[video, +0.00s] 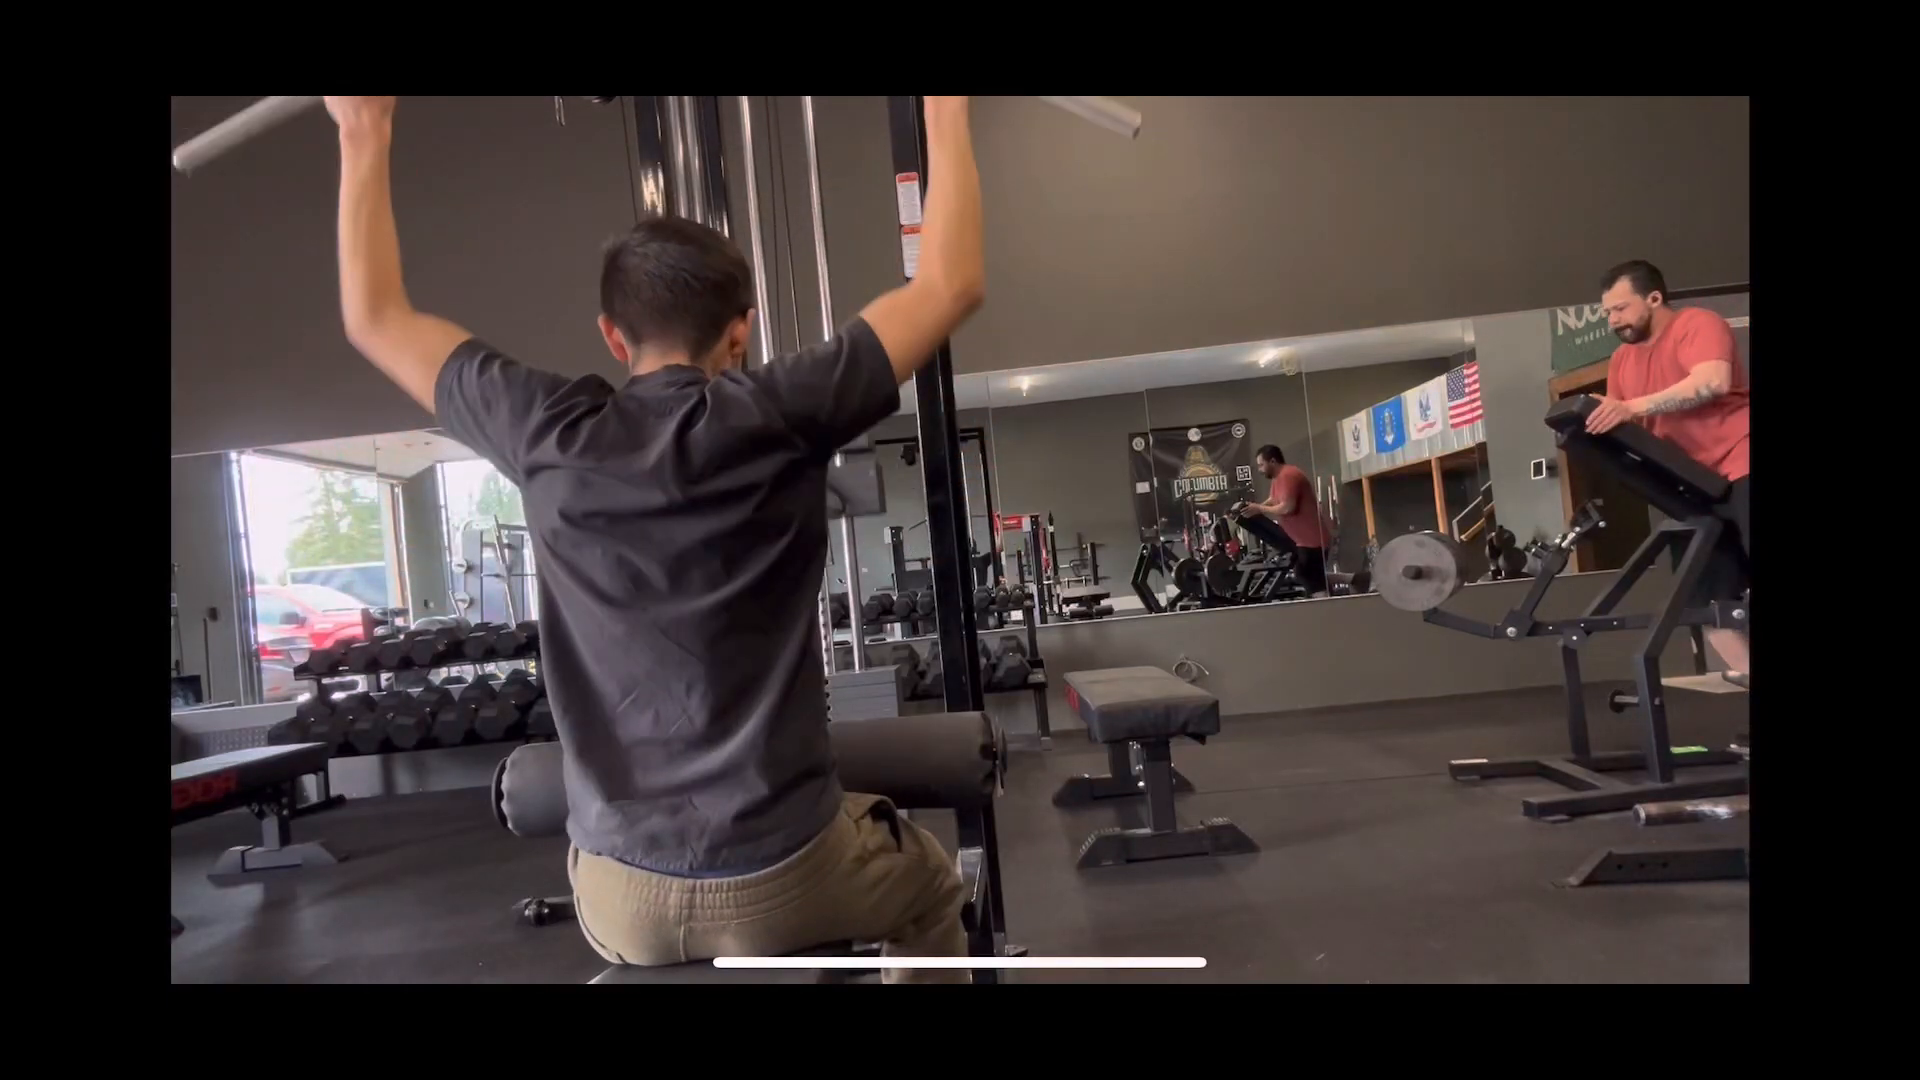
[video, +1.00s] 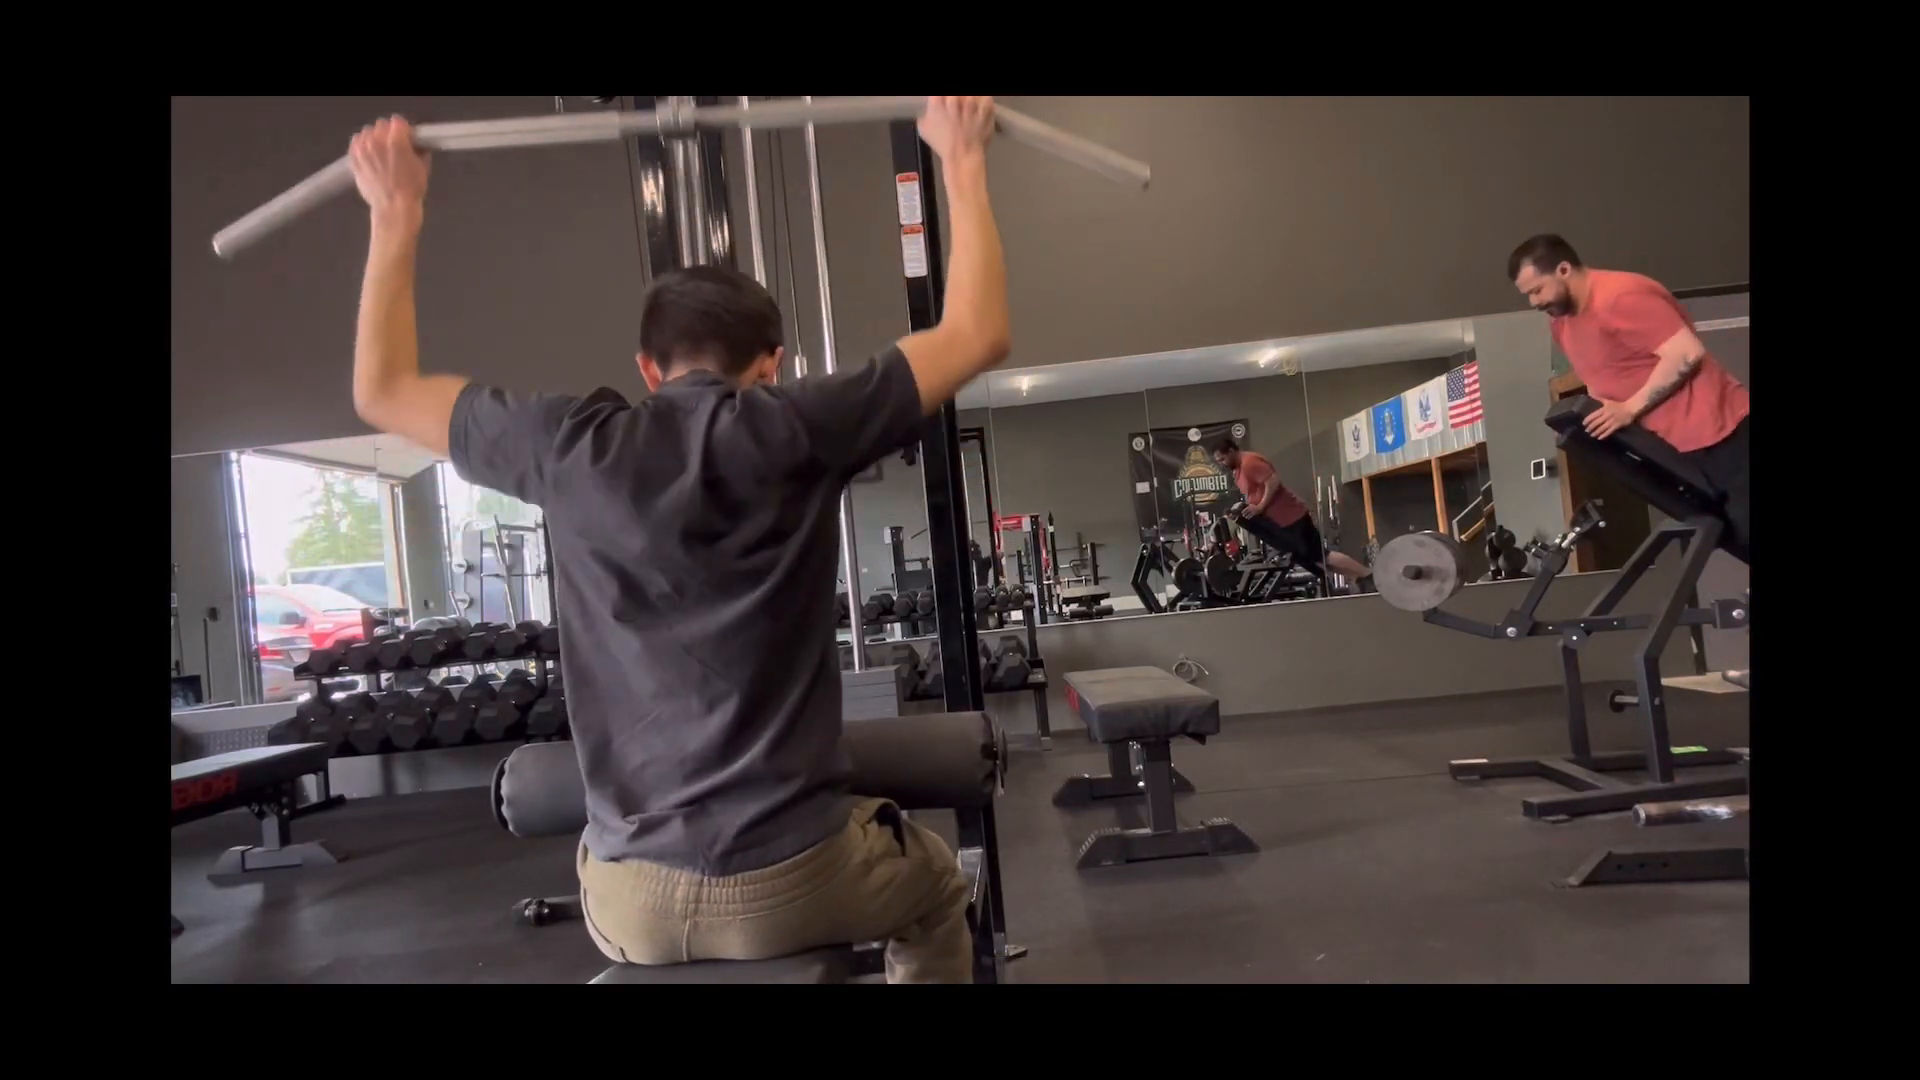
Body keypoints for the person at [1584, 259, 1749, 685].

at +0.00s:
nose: (1613, 321)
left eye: (1620, 308)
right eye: (1608, 312)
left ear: (1654, 300)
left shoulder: (1698, 323)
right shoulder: (1623, 358)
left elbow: (1713, 382)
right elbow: (1619, 421)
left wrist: (1633, 407)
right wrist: (1585, 423)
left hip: (1737, 469)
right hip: (1682, 485)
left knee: (1740, 579)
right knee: (1702, 590)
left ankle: (1741, 674)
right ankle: (1743, 675)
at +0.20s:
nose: (1609, 292)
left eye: (1615, 278)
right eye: (1603, 283)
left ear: (1648, 266)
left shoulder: (1696, 286)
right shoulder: (1627, 319)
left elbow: (1704, 360)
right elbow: (1621, 377)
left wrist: (1630, 406)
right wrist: (1597, 416)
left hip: (1745, 445)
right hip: (1701, 458)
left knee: (1745, 567)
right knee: (1735, 565)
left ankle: (1748, 663)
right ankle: (1747, 662)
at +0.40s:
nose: (1598, 266)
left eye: (1602, 253)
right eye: (1592, 257)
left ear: (1634, 238)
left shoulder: (1688, 262)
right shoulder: (1621, 296)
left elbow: (1692, 348)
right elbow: (1621, 360)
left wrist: (1631, 405)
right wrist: (1602, 411)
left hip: (1742, 412)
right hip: (1698, 427)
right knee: (1728, 529)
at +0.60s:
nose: (1576, 257)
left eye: (1579, 243)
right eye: (1570, 249)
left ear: (1612, 226)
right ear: (1601, 235)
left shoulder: (1665, 256)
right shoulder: (1604, 287)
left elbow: (1679, 341)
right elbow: (1611, 357)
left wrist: (1629, 403)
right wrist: (1597, 410)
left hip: (1732, 412)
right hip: (1684, 425)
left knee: (1745, 531)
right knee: (1719, 539)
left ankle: (1745, 663)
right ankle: (1733, 661)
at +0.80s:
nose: (1558, 277)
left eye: (1562, 264)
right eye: (1552, 269)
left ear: (1592, 246)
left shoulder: (1641, 273)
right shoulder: (1584, 300)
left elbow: (1683, 347)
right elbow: (1602, 367)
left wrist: (1630, 406)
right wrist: (1602, 412)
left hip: (1722, 424)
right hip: (1675, 439)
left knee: (1744, 532)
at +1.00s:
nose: (1534, 304)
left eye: (1536, 291)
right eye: (1528, 296)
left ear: (1563, 271)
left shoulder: (1623, 296)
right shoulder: (1562, 322)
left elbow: (1686, 353)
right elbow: (1607, 378)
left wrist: (1630, 407)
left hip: (1721, 430)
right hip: (1670, 445)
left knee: (1744, 534)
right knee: (1723, 535)